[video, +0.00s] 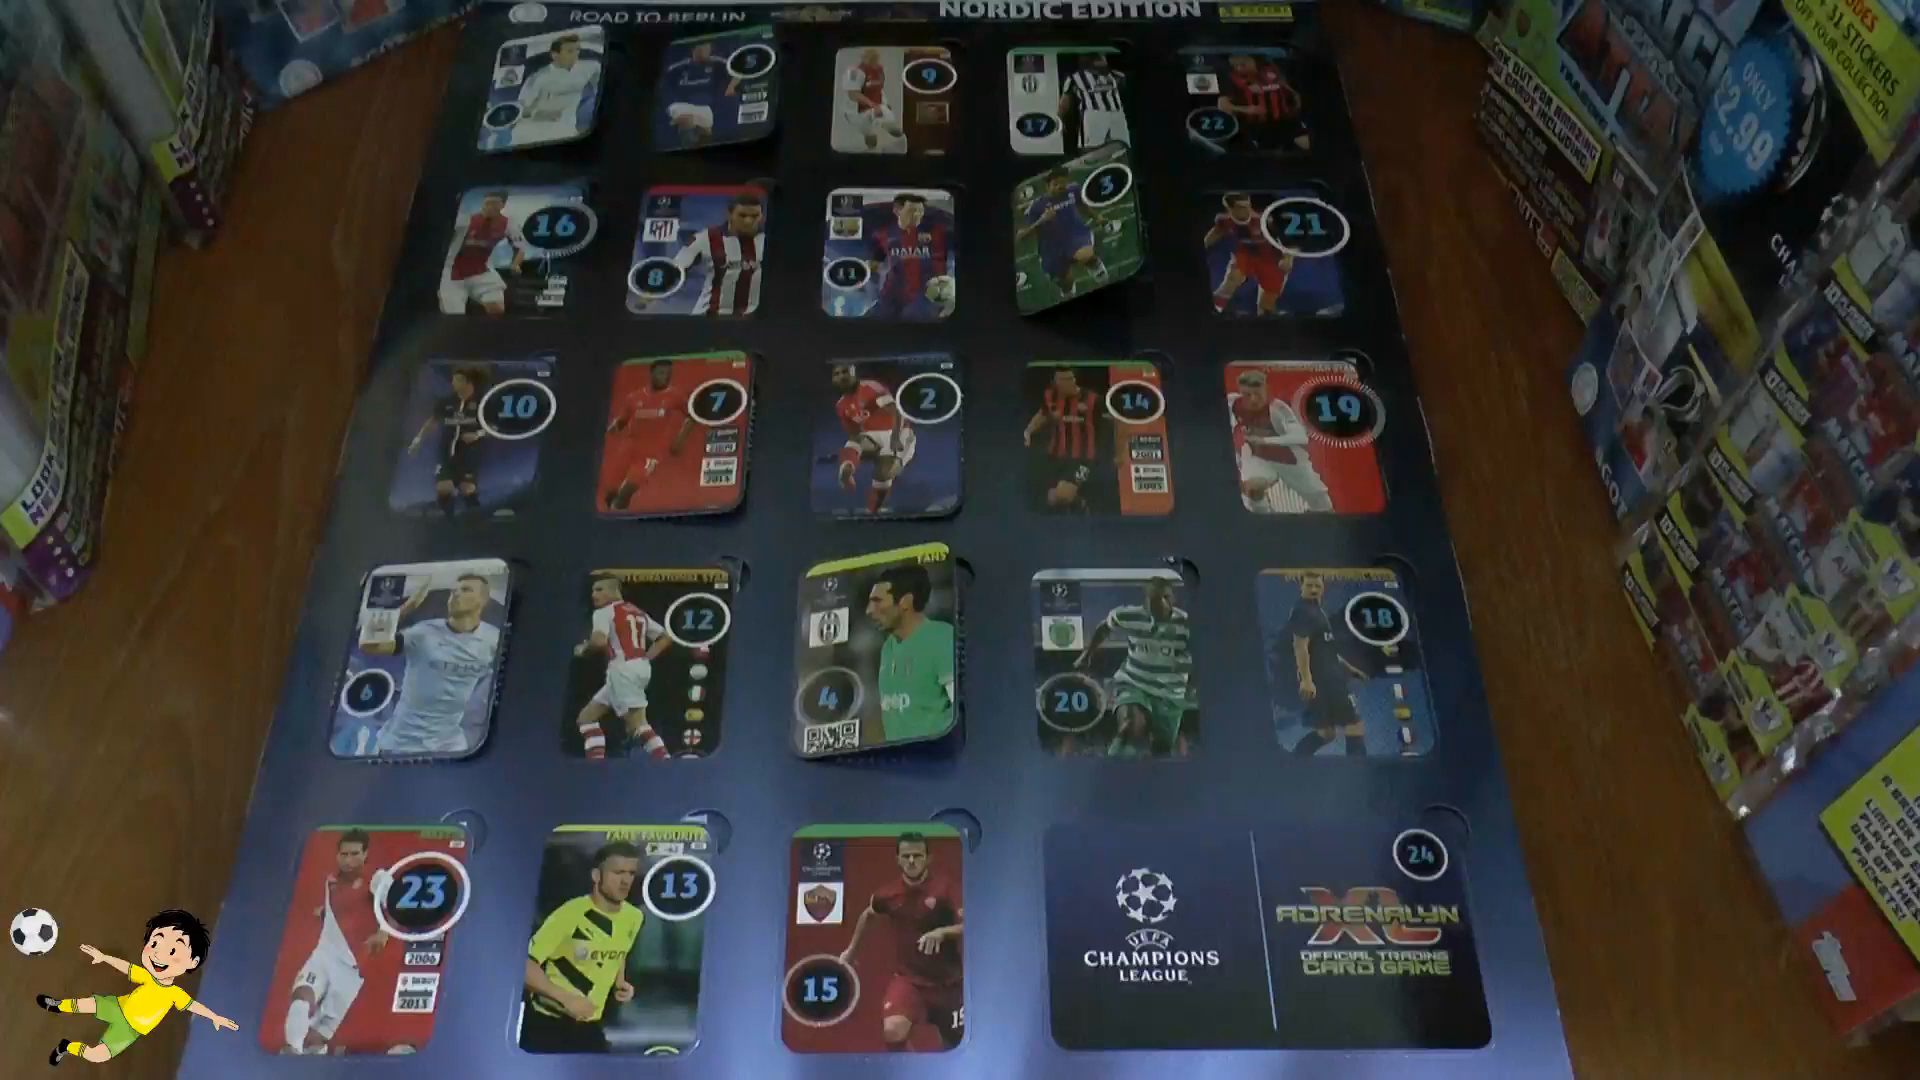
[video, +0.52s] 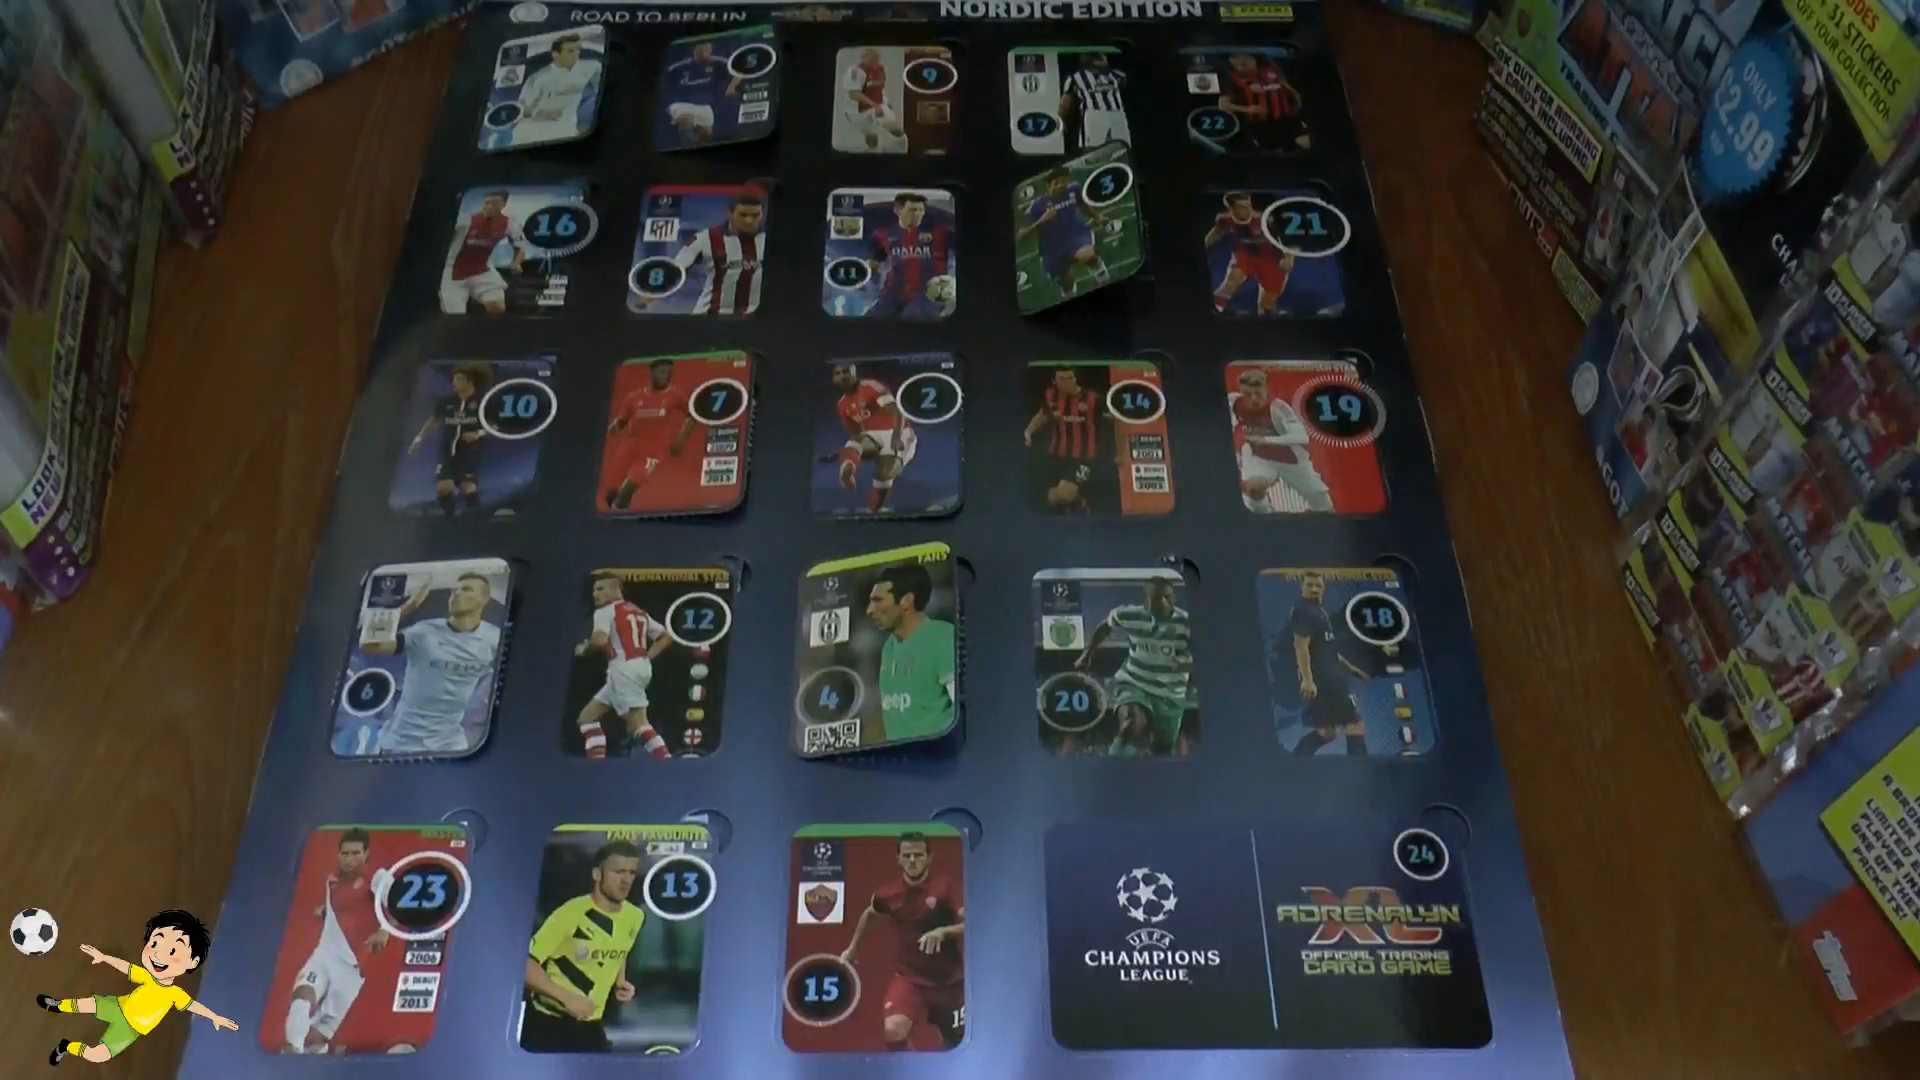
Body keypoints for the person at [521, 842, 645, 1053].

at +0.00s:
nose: (626, 880)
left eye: (631, 874)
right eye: (618, 872)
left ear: (635, 877)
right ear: (597, 876)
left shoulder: (633, 918)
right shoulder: (571, 913)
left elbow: (619, 956)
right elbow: (526, 966)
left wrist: (620, 981)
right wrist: (566, 998)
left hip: (589, 1028)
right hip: (546, 1025)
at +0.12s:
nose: (626, 880)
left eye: (631, 874)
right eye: (619, 872)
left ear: (635, 877)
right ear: (597, 876)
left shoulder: (633, 918)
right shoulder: (571, 913)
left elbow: (620, 955)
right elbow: (525, 965)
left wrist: (620, 980)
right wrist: (566, 998)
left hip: (589, 1028)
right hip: (546, 1025)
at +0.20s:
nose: (626, 880)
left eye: (631, 874)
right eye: (619, 872)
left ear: (635, 877)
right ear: (597, 875)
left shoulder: (633, 918)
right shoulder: (572, 912)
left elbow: (620, 955)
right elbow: (525, 965)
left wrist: (620, 980)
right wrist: (566, 998)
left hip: (589, 1028)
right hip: (546, 1025)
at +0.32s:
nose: (626, 880)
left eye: (631, 873)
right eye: (618, 872)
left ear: (635, 877)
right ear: (597, 875)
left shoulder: (634, 917)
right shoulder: (571, 912)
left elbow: (620, 954)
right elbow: (525, 964)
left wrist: (620, 980)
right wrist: (566, 997)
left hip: (590, 1028)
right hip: (546, 1025)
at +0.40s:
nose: (626, 880)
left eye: (631, 873)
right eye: (619, 872)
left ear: (635, 877)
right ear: (597, 875)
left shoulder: (634, 917)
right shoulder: (571, 912)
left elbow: (620, 954)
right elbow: (525, 965)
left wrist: (620, 980)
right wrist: (566, 997)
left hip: (590, 1027)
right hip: (546, 1025)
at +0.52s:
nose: (626, 880)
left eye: (631, 873)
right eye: (619, 872)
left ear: (635, 877)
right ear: (597, 875)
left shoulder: (634, 917)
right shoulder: (571, 912)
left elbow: (620, 954)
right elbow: (526, 964)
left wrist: (620, 980)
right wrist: (567, 998)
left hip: (590, 1028)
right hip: (546, 1025)